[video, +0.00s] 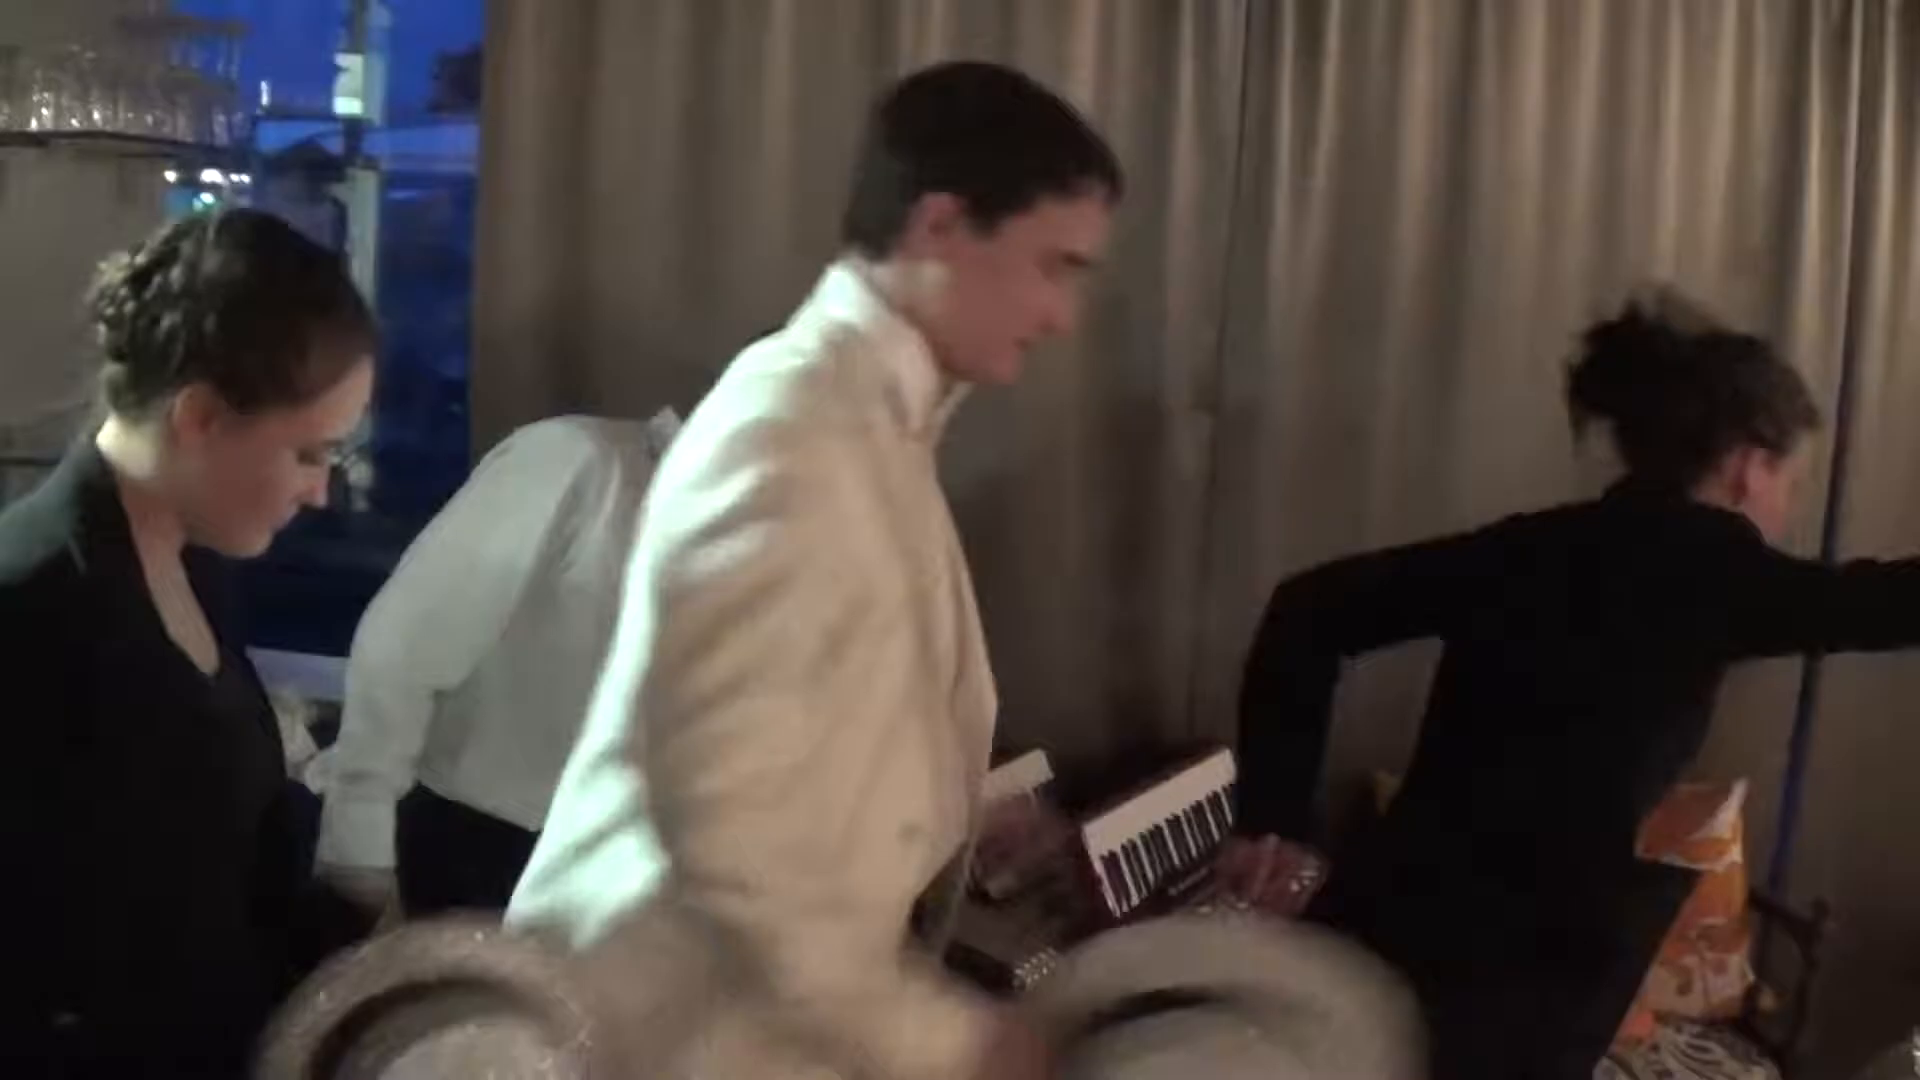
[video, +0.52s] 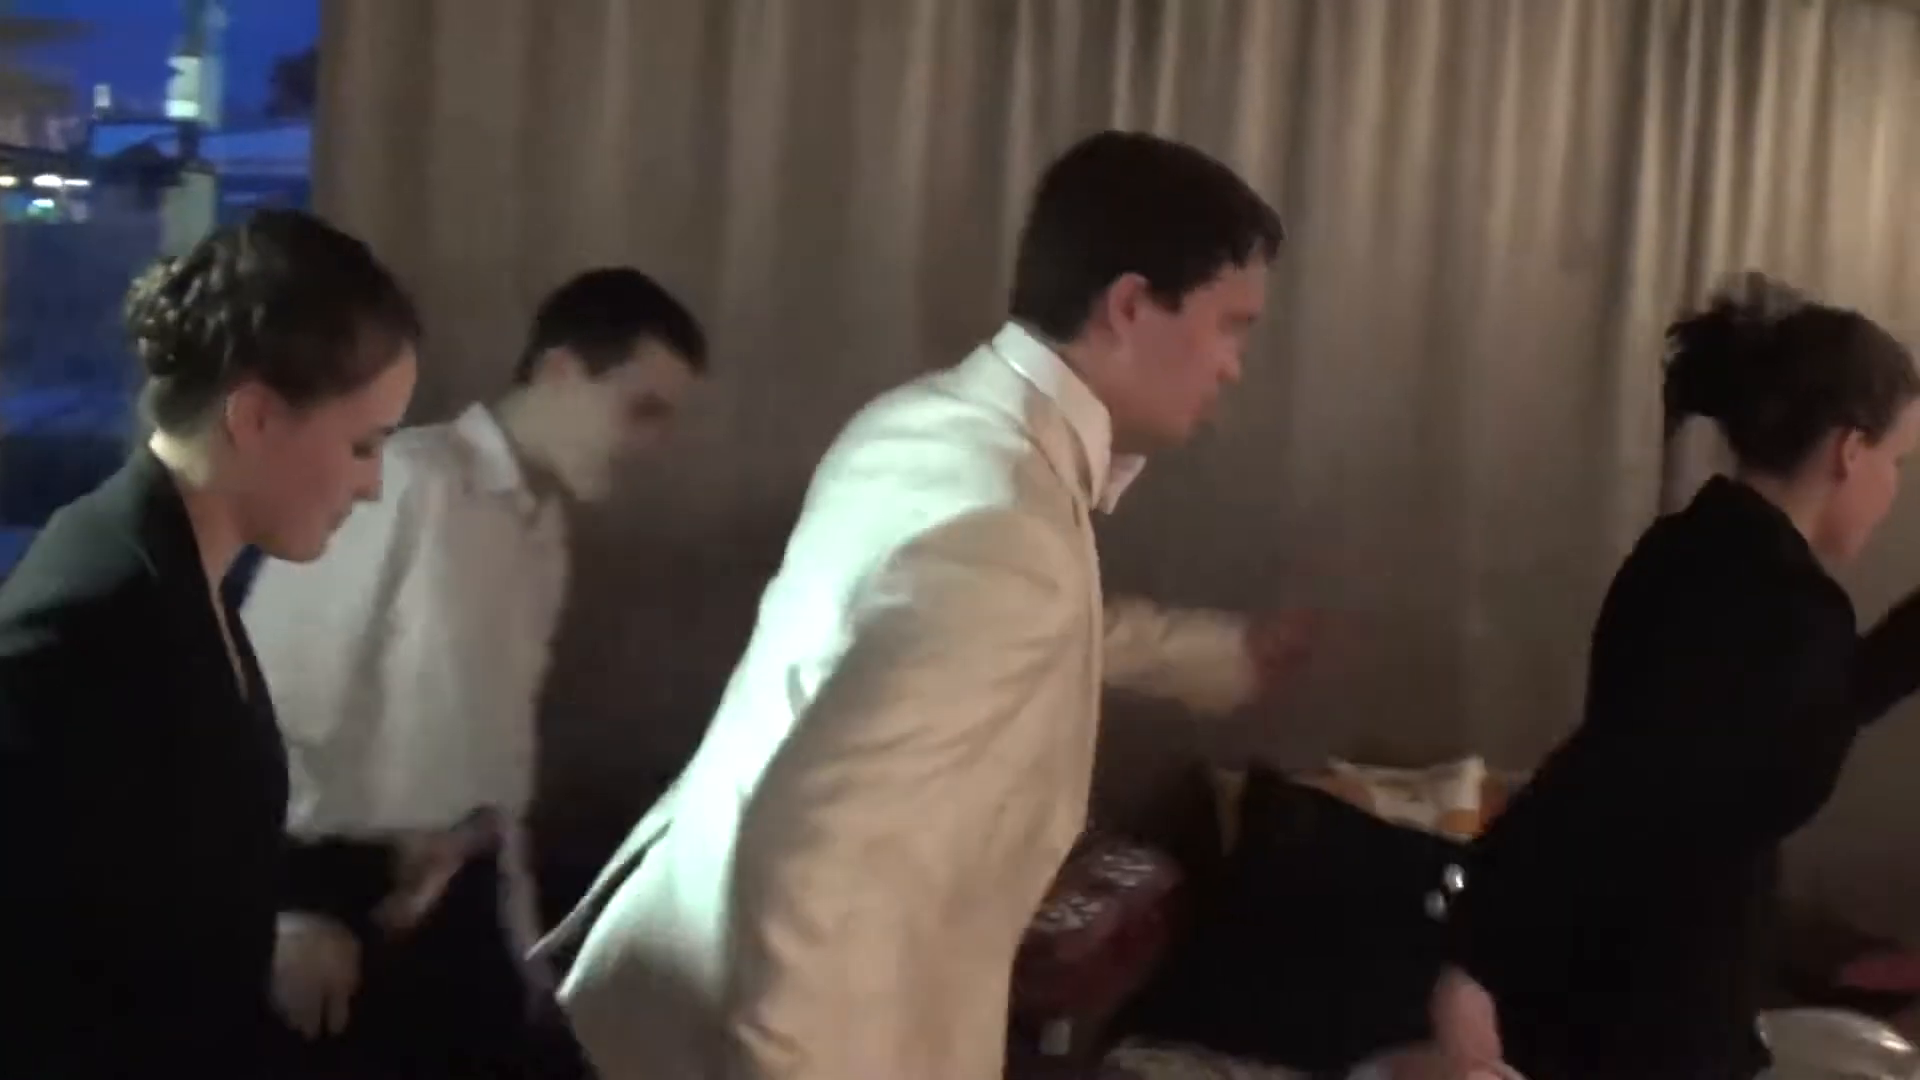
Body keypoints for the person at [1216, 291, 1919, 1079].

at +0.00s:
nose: (1785, 499)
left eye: (1791, 473)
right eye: (1786, 470)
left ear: (1648, 449)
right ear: (1742, 464)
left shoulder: (1526, 547)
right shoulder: (1715, 575)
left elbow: (1310, 608)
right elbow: (1885, 605)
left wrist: (1270, 815)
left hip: (1399, 894)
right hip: (1542, 932)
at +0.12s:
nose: (1823, 553)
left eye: (1833, 526)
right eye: (1828, 525)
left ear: (1686, 487)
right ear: (1787, 508)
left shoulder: (1549, 586)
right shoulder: (1759, 614)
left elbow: (1342, 719)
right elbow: (1891, 727)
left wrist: (1275, 899)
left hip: (1461, 950)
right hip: (1630, 954)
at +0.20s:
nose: (1849, 554)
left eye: (1857, 531)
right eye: (1852, 528)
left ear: (1716, 495)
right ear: (1802, 518)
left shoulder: (1584, 610)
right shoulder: (1764, 651)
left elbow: (1411, 787)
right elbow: (1835, 864)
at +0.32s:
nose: (1855, 565)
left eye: (1870, 536)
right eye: (1866, 530)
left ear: (1731, 483)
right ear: (1819, 506)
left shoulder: (1592, 602)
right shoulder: (1759, 648)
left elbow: (1526, 843)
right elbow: (1707, 903)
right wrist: (1719, 1054)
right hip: (1636, 1021)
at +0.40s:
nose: (1874, 534)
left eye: (1888, 504)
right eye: (1882, 500)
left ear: (1745, 455)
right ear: (1836, 478)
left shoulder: (1629, 571)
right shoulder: (1763, 620)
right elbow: (1707, 824)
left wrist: (1851, 770)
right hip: (1631, 1002)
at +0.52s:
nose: (1895, 490)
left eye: (1901, 464)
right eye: (1896, 462)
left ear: (1757, 432)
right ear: (1849, 454)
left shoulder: (1669, 552)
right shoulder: (1802, 610)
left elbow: (1783, 744)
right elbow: (1607, 782)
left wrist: (1910, 628)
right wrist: (1472, 962)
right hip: (1676, 1023)